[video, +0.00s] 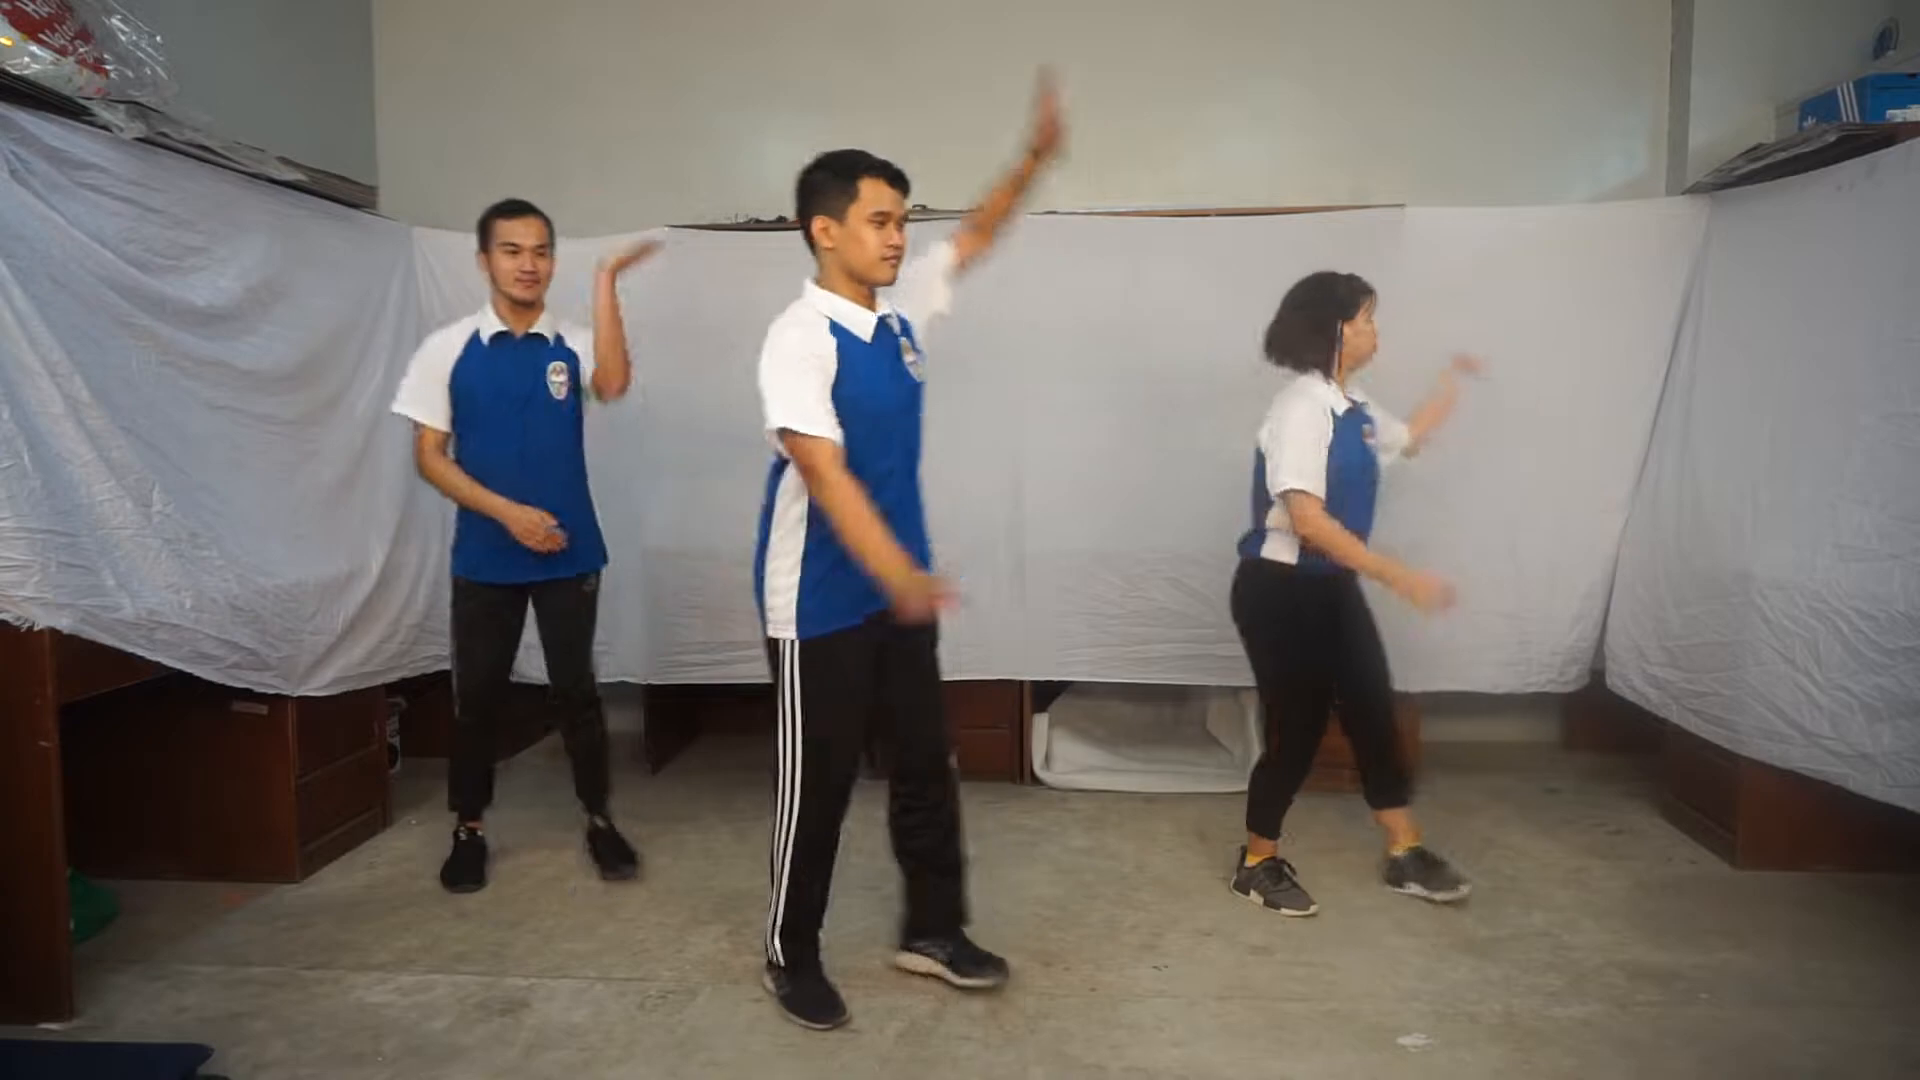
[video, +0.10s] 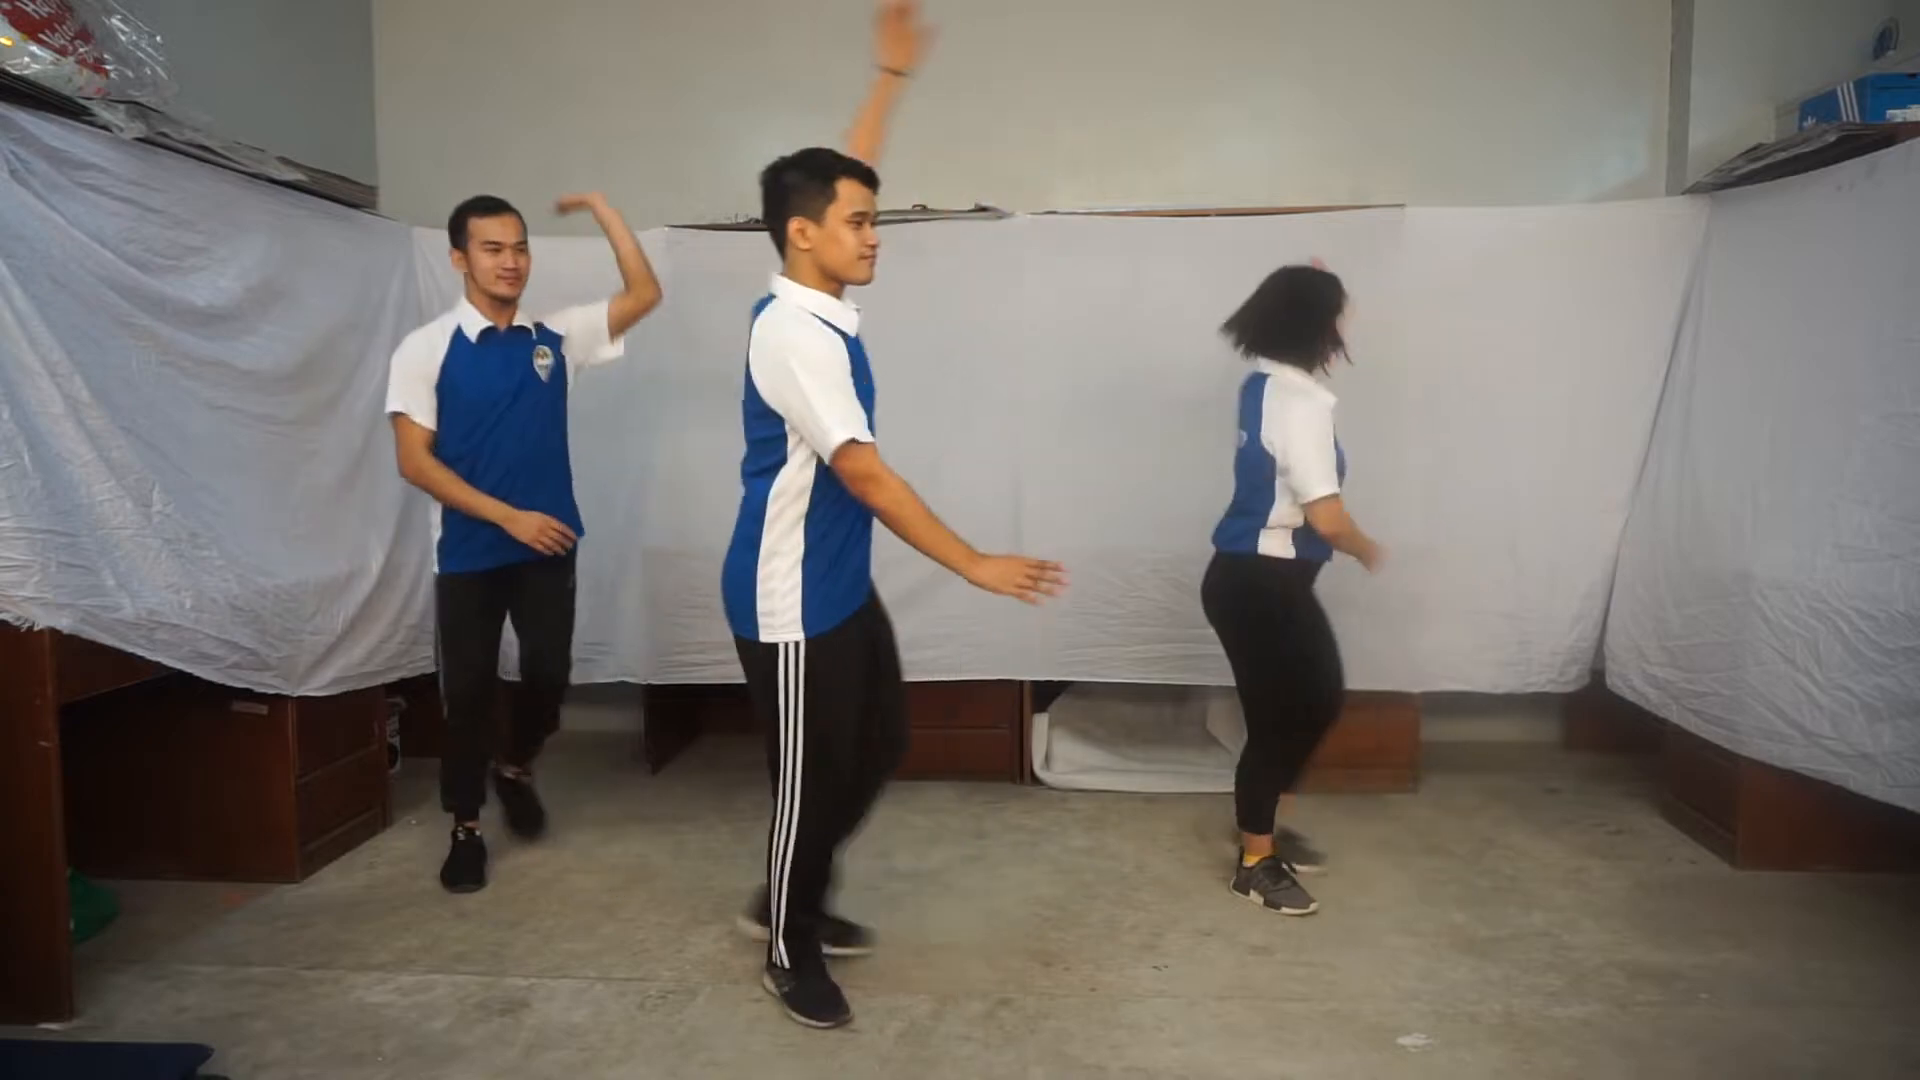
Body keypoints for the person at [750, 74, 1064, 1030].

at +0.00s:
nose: (897, 235)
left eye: (898, 220)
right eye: (879, 220)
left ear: (896, 232)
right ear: (823, 230)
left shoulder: (902, 306)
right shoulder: (798, 340)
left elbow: (974, 234)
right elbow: (826, 476)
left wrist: (1036, 156)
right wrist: (900, 577)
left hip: (899, 584)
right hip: (821, 596)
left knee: (923, 765)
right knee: (818, 781)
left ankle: (934, 933)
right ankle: (793, 954)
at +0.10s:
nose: (872, 237)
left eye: (869, 220)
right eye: (855, 223)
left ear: (814, 229)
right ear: (801, 234)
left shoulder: (818, 298)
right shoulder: (798, 335)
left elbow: (847, 191)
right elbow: (863, 473)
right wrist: (972, 562)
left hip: (841, 581)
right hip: (791, 597)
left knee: (875, 744)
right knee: (805, 779)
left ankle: (793, 891)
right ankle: (792, 951)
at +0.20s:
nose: (853, 240)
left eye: (852, 223)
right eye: (840, 224)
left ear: (777, 234)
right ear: (781, 234)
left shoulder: (749, 303)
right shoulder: (799, 335)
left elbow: (757, 199)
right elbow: (862, 472)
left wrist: (750, 89)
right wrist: (920, 542)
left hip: (759, 579)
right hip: (789, 593)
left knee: (784, 756)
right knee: (814, 774)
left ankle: (666, 895)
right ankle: (795, 956)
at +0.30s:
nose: (833, 246)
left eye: (831, 229)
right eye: (819, 230)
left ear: (755, 241)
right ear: (764, 240)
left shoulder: (708, 306)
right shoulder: (796, 344)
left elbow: (683, 203)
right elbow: (853, 488)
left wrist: (640, 110)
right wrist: (831, 538)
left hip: (709, 579)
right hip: (770, 595)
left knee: (696, 757)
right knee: (809, 778)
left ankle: (565, 925)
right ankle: (795, 956)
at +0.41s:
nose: (816, 266)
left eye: (814, 249)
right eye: (802, 250)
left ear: (737, 261)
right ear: (744, 260)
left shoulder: (679, 325)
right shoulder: (784, 365)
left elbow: (639, 218)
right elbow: (834, 504)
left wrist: (572, 120)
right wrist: (775, 522)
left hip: (667, 604)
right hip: (738, 617)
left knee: (606, 773)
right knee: (809, 778)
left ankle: (527, 963)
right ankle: (796, 958)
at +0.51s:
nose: (804, 282)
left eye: (800, 264)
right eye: (790, 266)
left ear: (727, 273)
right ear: (738, 272)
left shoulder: (667, 336)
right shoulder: (766, 371)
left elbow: (629, 227)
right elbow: (820, 511)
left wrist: (563, 122)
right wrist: (769, 531)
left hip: (645, 615)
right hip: (712, 626)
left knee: (601, 788)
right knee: (813, 773)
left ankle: (519, 975)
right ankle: (794, 944)